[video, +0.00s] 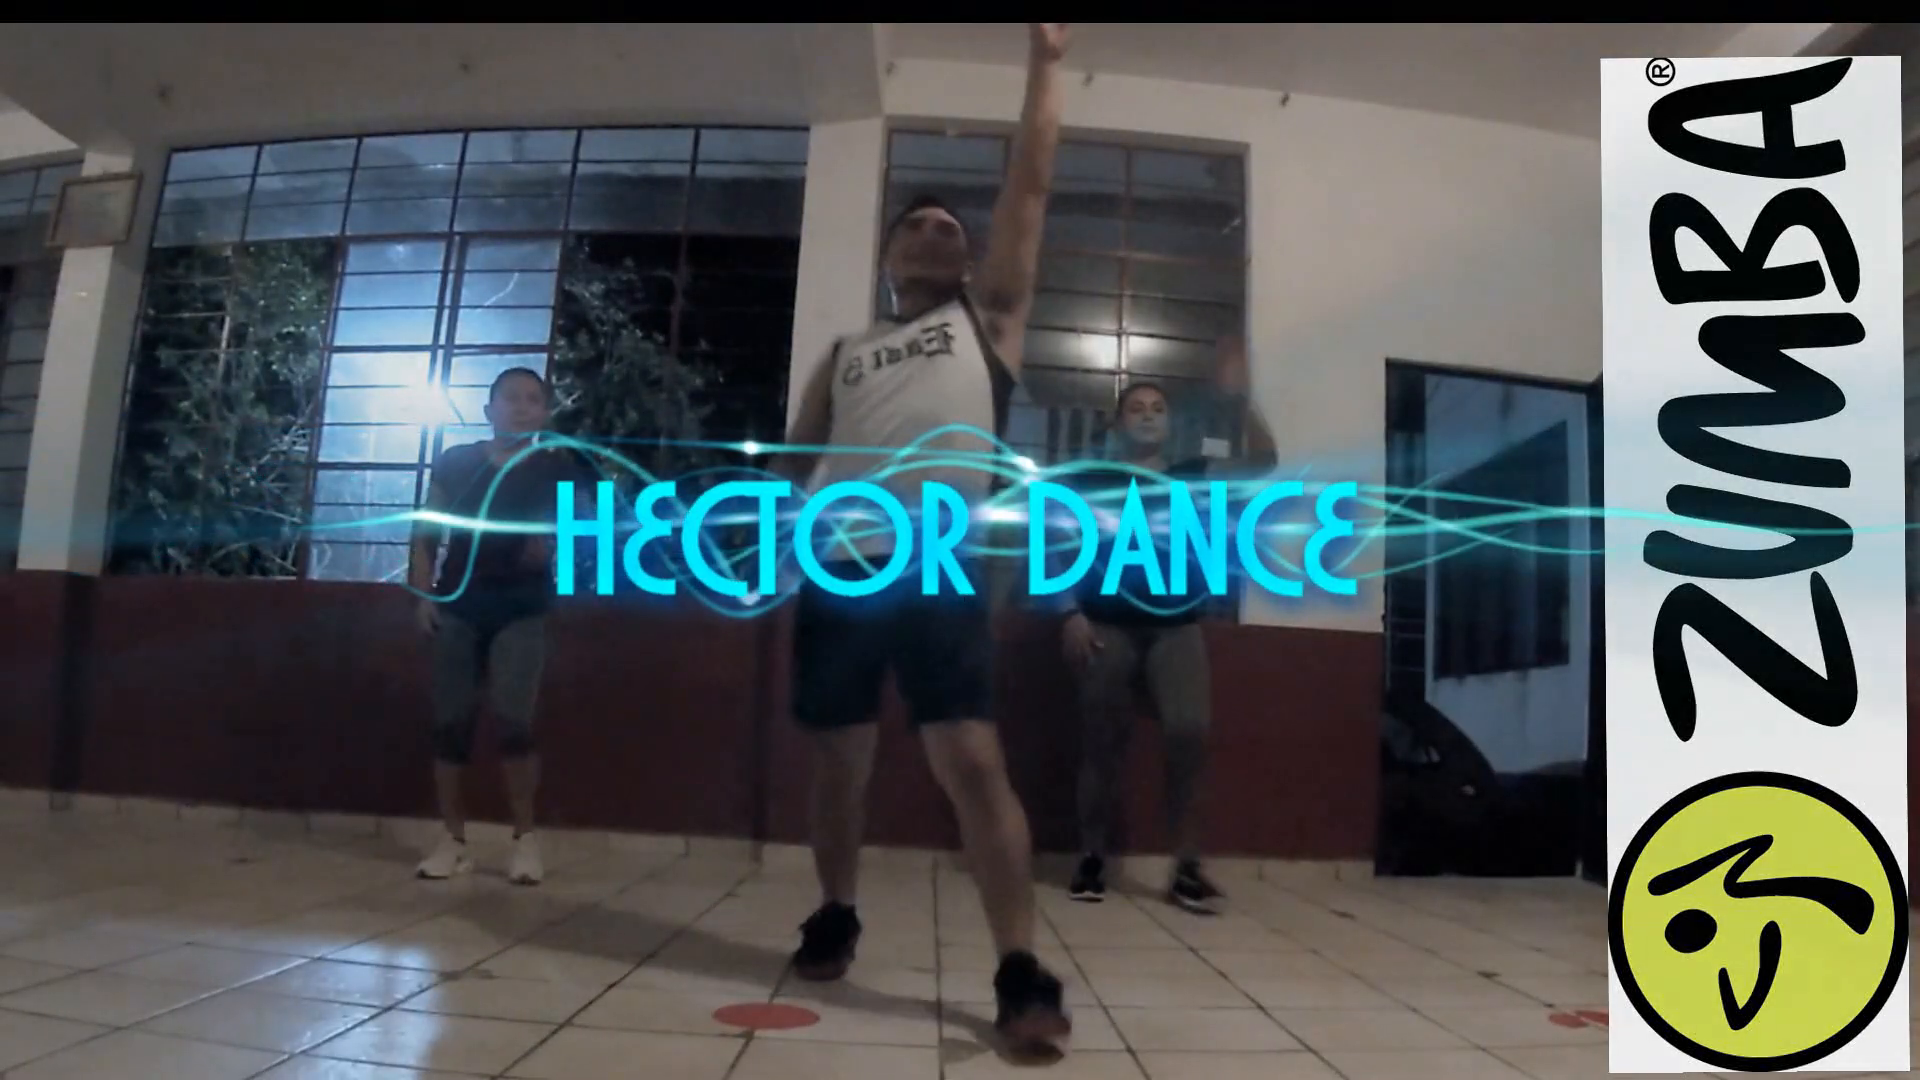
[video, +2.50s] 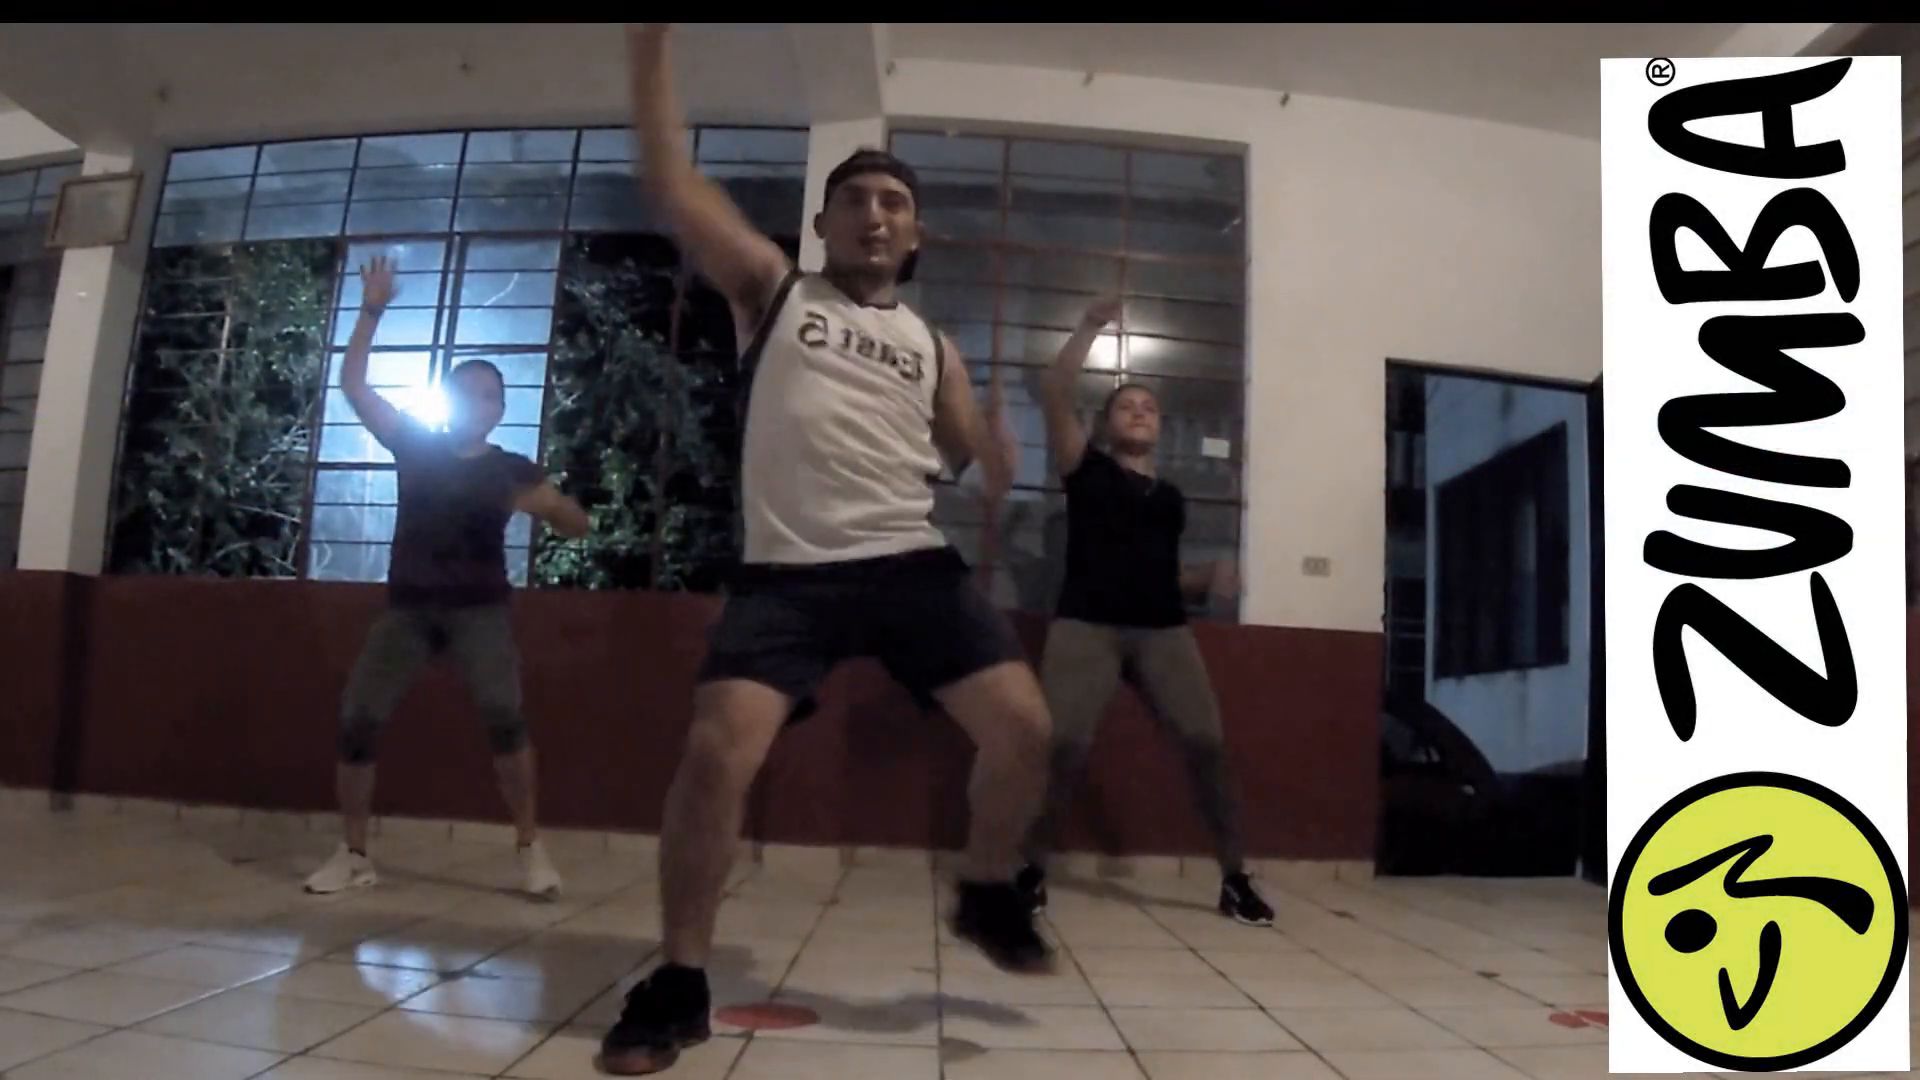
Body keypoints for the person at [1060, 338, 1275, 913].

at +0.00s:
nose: (1147, 417)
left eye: (1156, 409)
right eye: (1137, 409)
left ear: (1170, 420)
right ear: (1119, 421)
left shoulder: (1191, 473)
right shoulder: (1093, 477)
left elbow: (1261, 460)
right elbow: (1061, 548)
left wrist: (1239, 399)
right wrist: (1069, 611)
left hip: (1176, 623)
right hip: (1108, 623)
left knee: (1190, 734)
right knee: (1100, 739)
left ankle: (1188, 865)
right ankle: (1092, 857)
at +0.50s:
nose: (1140, 422)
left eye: (1150, 415)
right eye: (1130, 414)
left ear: (1166, 428)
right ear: (1110, 425)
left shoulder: (1189, 478)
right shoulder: (1087, 476)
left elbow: (1249, 439)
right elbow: (1060, 413)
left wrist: (1280, 366)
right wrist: (1061, 352)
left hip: (1174, 621)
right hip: (1097, 618)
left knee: (1194, 737)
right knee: (1059, 730)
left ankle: (1212, 874)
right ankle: (1018, 864)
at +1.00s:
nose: (1127, 427)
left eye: (1136, 420)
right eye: (1115, 420)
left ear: (1148, 434)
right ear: (1097, 432)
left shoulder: (1165, 494)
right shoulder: (1079, 483)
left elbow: (1189, 551)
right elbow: (1035, 431)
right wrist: (1063, 357)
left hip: (1156, 632)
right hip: (1091, 628)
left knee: (1163, 744)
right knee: (1064, 742)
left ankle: (1144, 854)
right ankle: (1017, 862)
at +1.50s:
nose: (1132, 431)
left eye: (1141, 424)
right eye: (1122, 424)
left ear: (1154, 438)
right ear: (1105, 437)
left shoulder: (1174, 499)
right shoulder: (1081, 496)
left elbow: (1196, 571)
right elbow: (1049, 569)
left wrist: (1189, 602)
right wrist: (1057, 634)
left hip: (1159, 641)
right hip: (1092, 640)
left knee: (1164, 749)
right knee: (1082, 746)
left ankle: (1149, 852)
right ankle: (1071, 854)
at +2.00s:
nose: (1170, 430)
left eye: (1179, 423)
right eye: (1159, 423)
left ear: (1193, 436)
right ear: (1140, 438)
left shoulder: (1219, 485)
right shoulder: (1123, 498)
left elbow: (1269, 423)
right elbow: (1071, 562)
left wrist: (1280, 345)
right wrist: (1069, 626)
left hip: (1219, 635)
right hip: (1142, 637)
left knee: (1244, 741)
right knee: (1109, 743)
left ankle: (1247, 880)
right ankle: (1073, 857)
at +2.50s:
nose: (1140, 414)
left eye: (1149, 409)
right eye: (1129, 407)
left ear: (1159, 429)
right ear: (1106, 423)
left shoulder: (1167, 498)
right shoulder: (1084, 470)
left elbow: (1164, 580)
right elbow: (1055, 390)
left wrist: (1206, 577)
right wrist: (1088, 327)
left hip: (1160, 628)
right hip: (1087, 624)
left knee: (1205, 739)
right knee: (1064, 743)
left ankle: (1234, 877)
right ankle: (1030, 872)